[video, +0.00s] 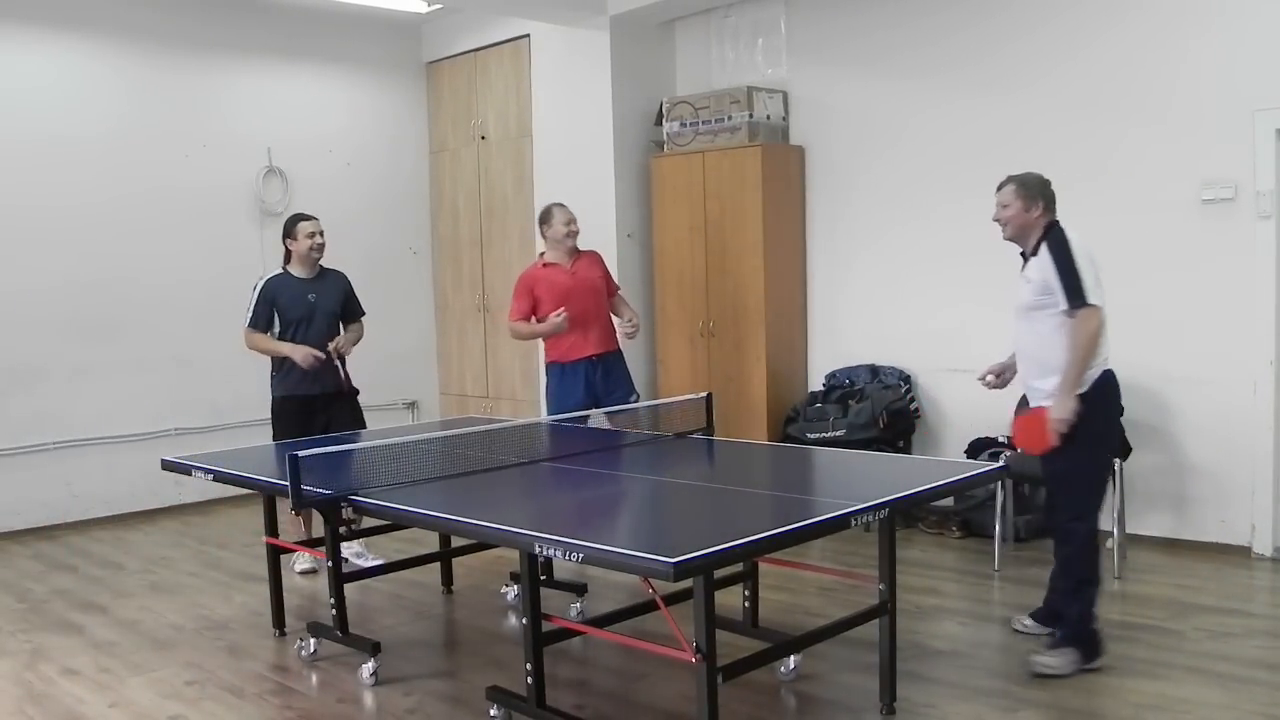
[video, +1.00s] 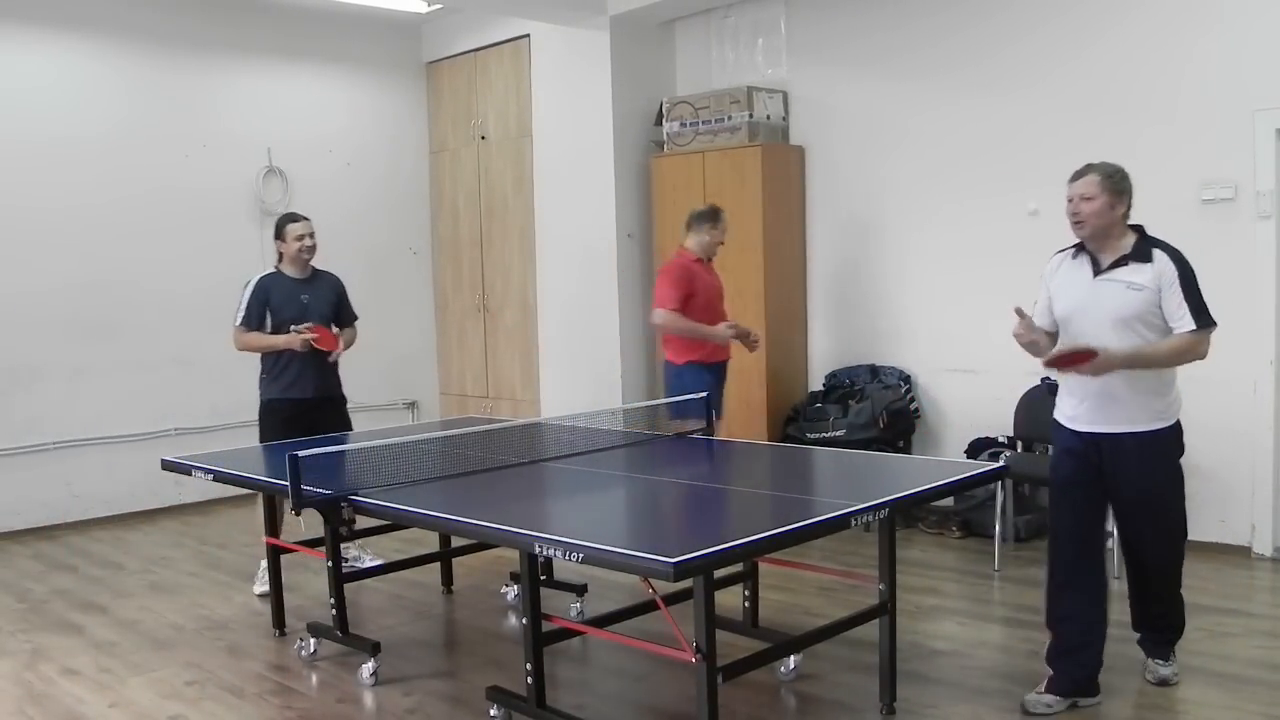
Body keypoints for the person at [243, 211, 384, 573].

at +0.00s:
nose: (320, 241)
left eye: (322, 235)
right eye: (312, 236)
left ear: (324, 240)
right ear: (291, 244)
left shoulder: (338, 280)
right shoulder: (272, 286)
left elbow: (356, 325)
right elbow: (252, 337)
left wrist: (348, 339)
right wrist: (292, 350)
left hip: (337, 393)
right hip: (292, 397)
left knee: (350, 462)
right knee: (296, 472)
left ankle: (346, 540)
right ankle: (306, 546)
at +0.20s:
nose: (325, 241)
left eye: (326, 235)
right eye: (316, 236)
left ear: (330, 240)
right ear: (296, 243)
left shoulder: (343, 282)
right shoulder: (277, 285)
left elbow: (359, 331)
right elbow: (253, 335)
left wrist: (344, 337)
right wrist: (295, 349)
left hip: (339, 394)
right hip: (295, 396)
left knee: (346, 465)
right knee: (298, 471)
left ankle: (346, 542)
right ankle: (305, 546)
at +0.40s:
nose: (338, 242)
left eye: (339, 236)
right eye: (330, 237)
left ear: (341, 241)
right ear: (309, 242)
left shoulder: (352, 284)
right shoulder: (287, 282)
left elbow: (366, 337)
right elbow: (260, 330)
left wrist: (348, 336)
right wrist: (303, 347)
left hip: (344, 394)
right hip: (300, 395)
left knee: (348, 465)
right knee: (302, 470)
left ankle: (345, 543)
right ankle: (307, 546)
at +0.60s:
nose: (343, 242)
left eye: (346, 236)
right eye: (335, 237)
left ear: (348, 241)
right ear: (315, 242)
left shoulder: (357, 285)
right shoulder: (292, 281)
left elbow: (372, 337)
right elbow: (265, 329)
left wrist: (352, 337)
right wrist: (307, 347)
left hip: (346, 394)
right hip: (302, 395)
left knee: (351, 466)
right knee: (298, 469)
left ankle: (348, 543)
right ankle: (293, 543)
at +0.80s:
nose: (332, 241)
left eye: (334, 235)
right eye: (324, 237)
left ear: (338, 239)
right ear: (304, 243)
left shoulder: (350, 282)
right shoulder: (283, 282)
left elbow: (367, 330)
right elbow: (259, 332)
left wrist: (355, 346)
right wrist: (297, 342)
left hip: (343, 398)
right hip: (297, 400)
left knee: (350, 471)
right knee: (288, 480)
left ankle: (346, 546)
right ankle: (272, 554)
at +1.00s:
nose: (310, 243)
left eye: (312, 236)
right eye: (301, 238)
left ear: (315, 241)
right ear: (281, 245)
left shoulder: (331, 283)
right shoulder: (263, 287)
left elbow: (350, 329)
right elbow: (242, 339)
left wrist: (341, 342)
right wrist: (287, 341)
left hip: (328, 402)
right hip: (281, 406)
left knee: (339, 476)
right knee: (276, 488)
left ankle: (342, 550)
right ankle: (270, 561)